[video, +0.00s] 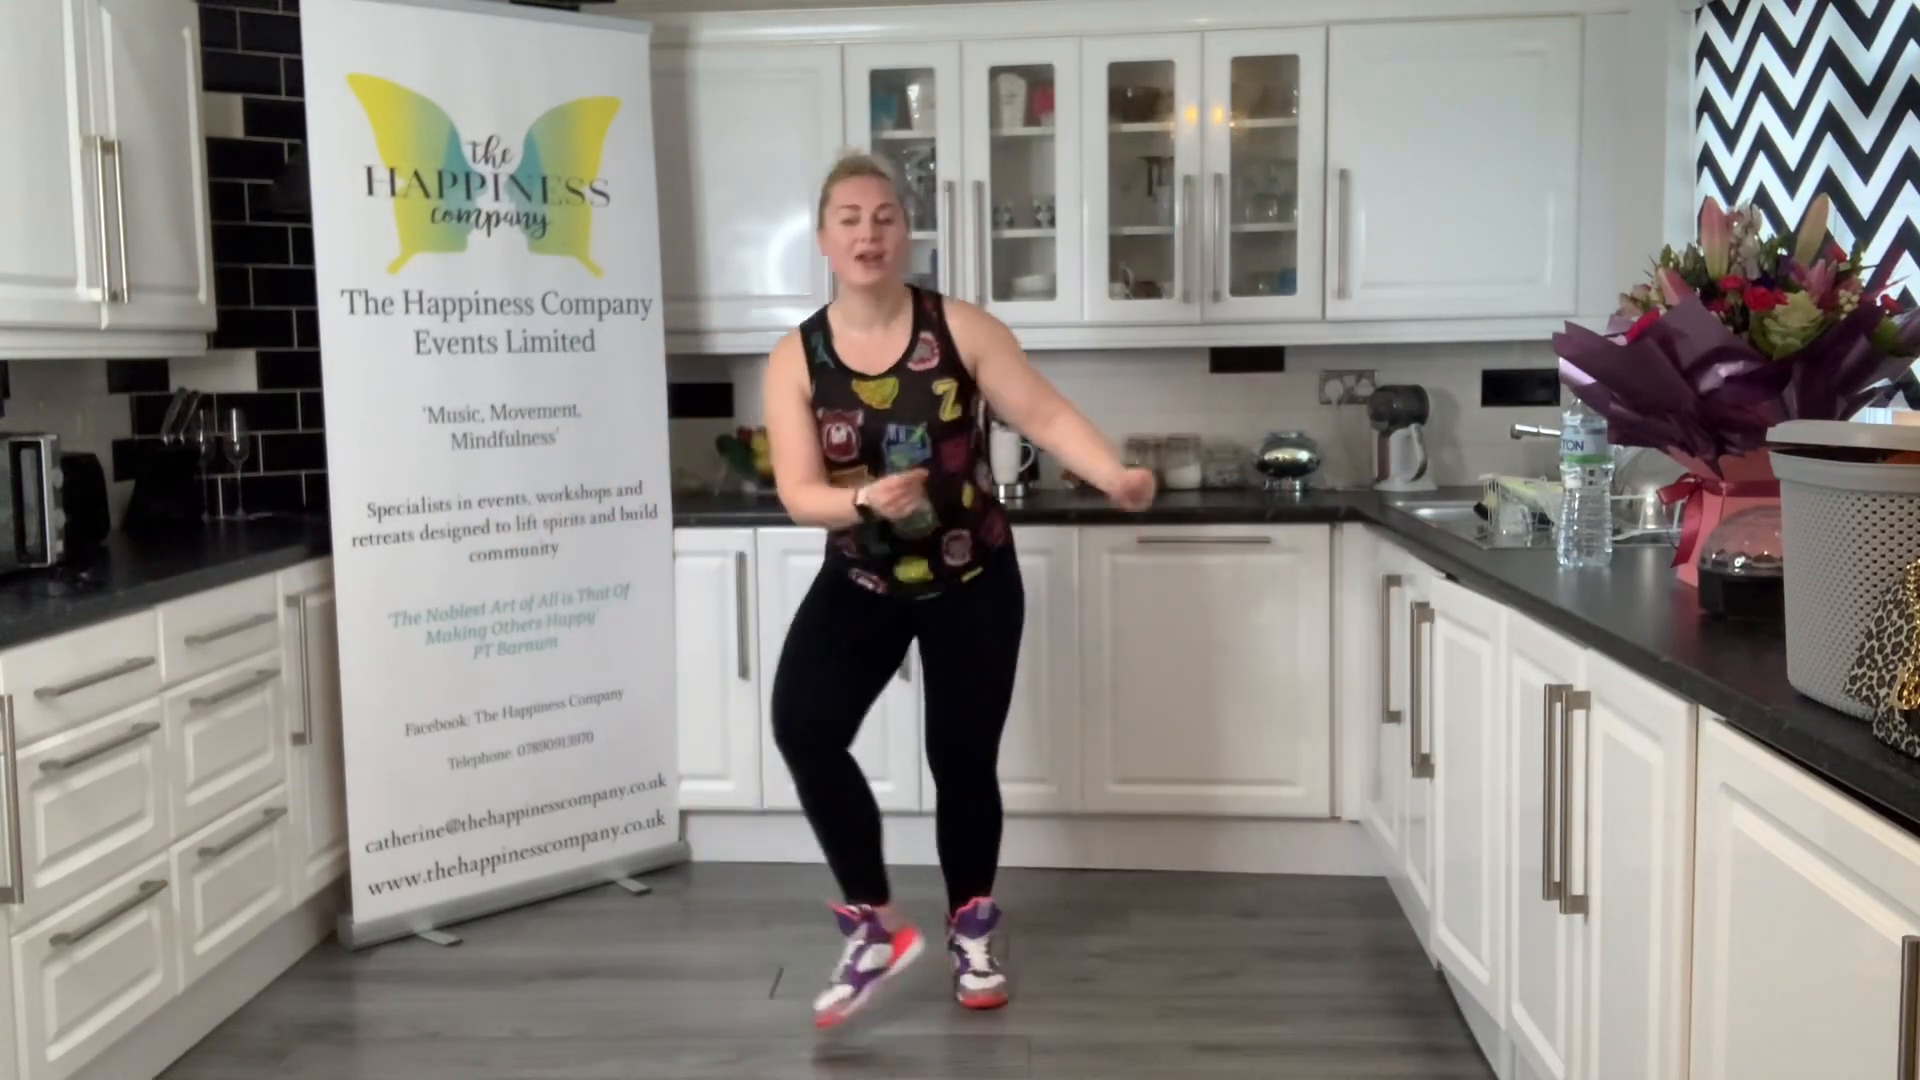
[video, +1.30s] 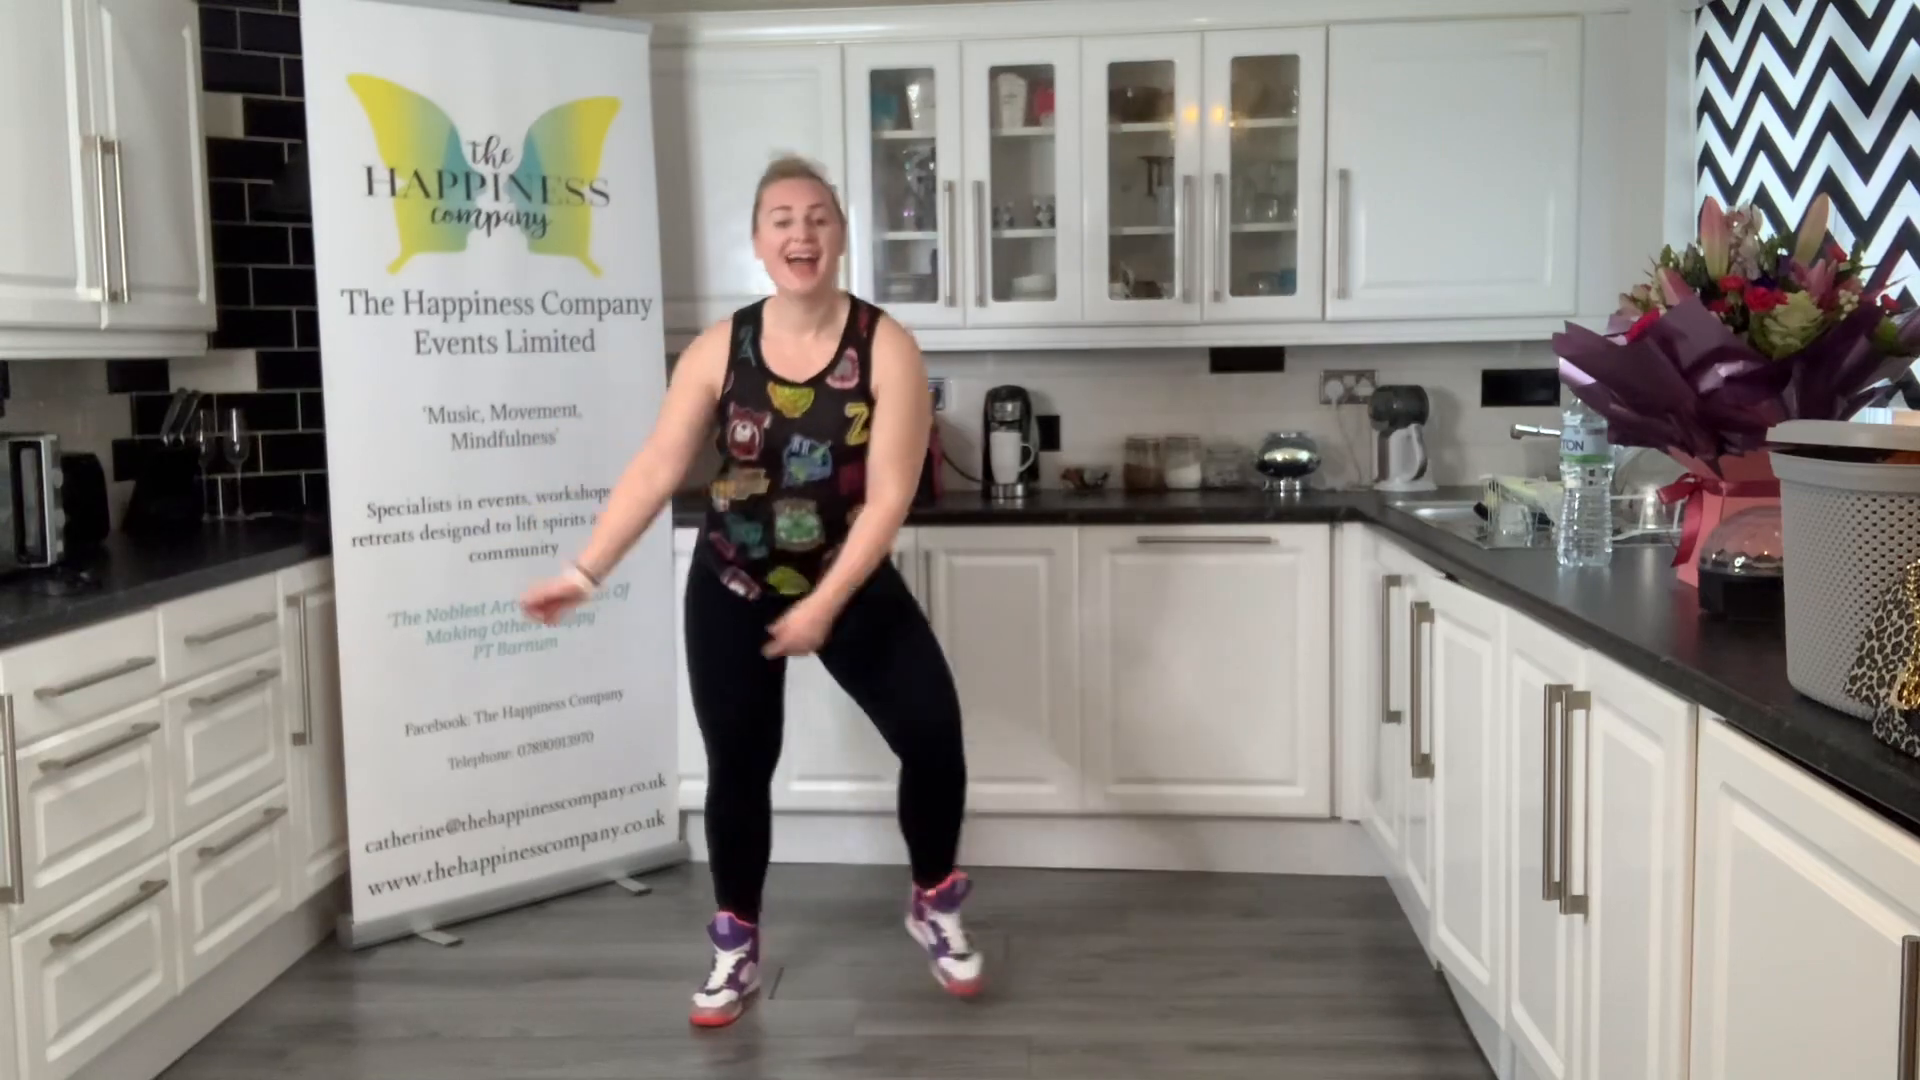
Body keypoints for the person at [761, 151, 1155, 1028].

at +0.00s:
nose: (868, 233)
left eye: (884, 217)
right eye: (849, 218)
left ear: (908, 232)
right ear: (821, 237)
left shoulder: (963, 328)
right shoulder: (795, 359)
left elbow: (1045, 414)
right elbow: (798, 496)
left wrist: (1113, 472)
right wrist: (862, 500)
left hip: (970, 577)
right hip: (862, 581)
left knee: (963, 756)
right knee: (803, 727)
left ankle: (973, 928)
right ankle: (873, 926)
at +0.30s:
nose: (885, 246)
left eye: (902, 232)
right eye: (867, 233)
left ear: (927, 252)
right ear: (844, 254)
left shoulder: (969, 361)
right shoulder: (805, 368)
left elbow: (1022, 480)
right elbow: (759, 502)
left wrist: (1096, 565)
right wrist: (850, 568)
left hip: (974, 589)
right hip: (862, 590)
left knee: (976, 765)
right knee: (774, 723)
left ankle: (973, 936)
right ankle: (829, 913)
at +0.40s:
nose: (880, 226)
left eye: (897, 211)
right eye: (862, 212)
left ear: (920, 231)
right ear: (836, 232)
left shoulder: (962, 346)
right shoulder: (792, 346)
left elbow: (994, 481)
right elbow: (724, 472)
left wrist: (1023, 607)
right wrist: (796, 575)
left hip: (949, 584)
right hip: (832, 583)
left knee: (956, 760)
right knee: (770, 747)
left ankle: (972, 933)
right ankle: (765, 920)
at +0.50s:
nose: (867, 221)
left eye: (883, 205)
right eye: (849, 207)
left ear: (911, 222)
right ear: (824, 227)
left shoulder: (951, 344)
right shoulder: (782, 330)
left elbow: (954, 486)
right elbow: (686, 432)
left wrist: (927, 604)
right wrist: (707, 560)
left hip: (914, 579)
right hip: (801, 581)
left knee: (938, 764)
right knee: (776, 763)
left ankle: (969, 932)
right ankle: (740, 938)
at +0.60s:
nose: (845, 233)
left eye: (863, 218)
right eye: (828, 220)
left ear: (892, 239)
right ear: (807, 242)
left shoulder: (929, 360)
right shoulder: (759, 339)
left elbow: (913, 502)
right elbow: (644, 420)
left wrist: (848, 605)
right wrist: (607, 540)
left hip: (879, 578)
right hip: (761, 583)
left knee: (932, 759)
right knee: (755, 771)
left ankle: (967, 925)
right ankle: (739, 945)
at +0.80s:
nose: (805, 261)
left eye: (824, 244)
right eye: (790, 245)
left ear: (855, 262)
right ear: (771, 261)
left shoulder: (890, 383)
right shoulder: (719, 355)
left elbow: (876, 522)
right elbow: (606, 410)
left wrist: (768, 545)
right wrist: (535, 461)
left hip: (827, 590)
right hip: (715, 591)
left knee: (908, 725)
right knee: (724, 777)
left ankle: (876, 901)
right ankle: (736, 949)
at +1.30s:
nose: (801, 234)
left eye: (817, 218)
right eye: (782, 220)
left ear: (842, 235)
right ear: (755, 242)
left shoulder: (886, 347)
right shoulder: (718, 352)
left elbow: (890, 499)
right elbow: (655, 470)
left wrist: (826, 602)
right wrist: (585, 572)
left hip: (847, 573)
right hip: (733, 580)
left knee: (934, 727)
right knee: (739, 763)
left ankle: (937, 904)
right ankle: (736, 945)